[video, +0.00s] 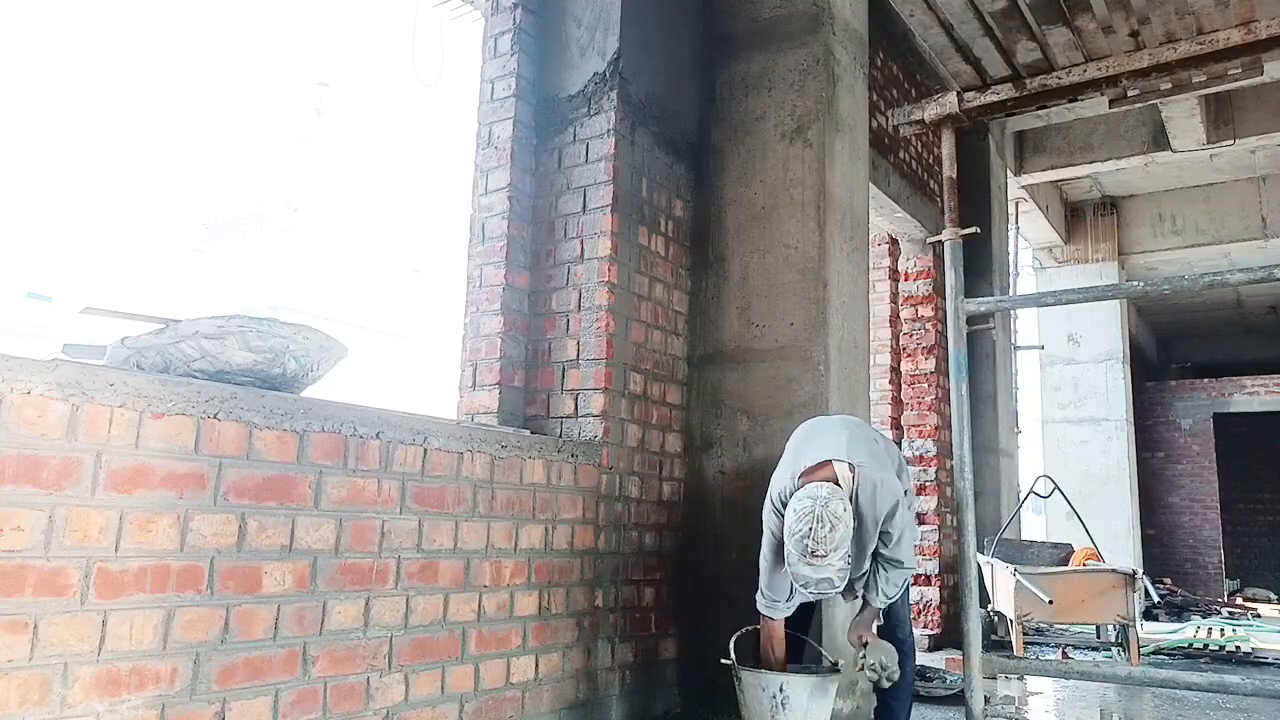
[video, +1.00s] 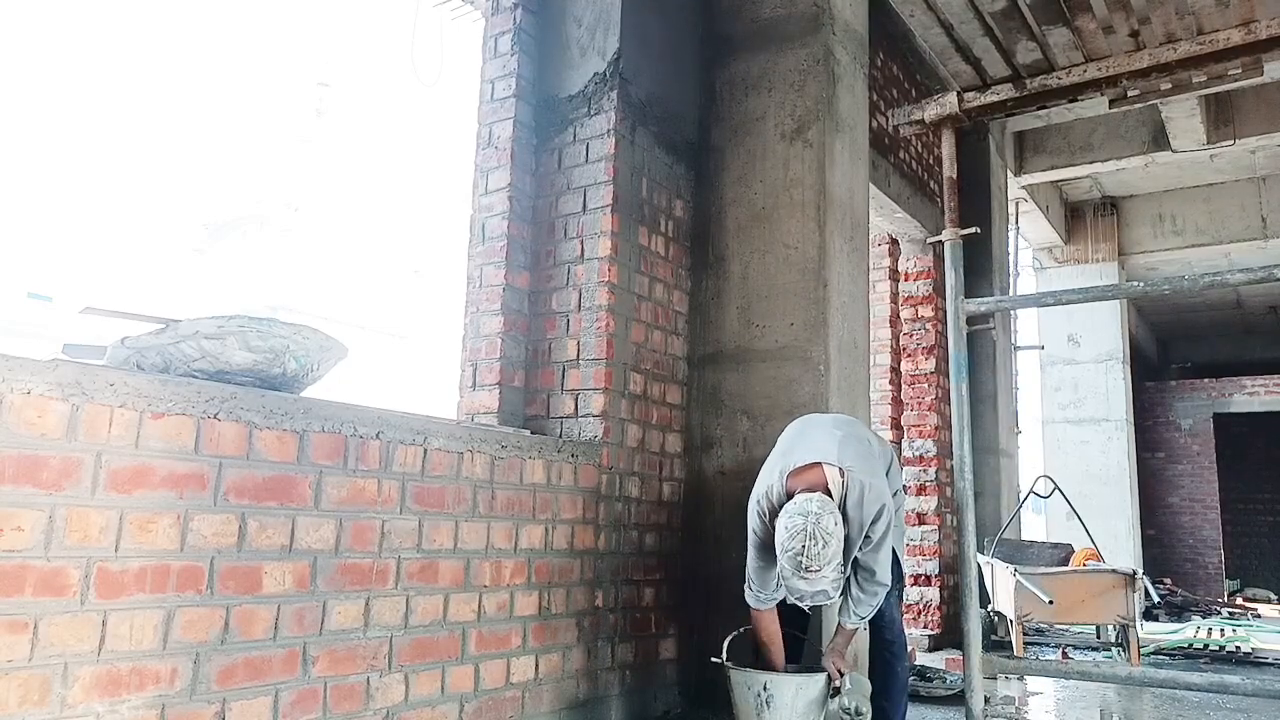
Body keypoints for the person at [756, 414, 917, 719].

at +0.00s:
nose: (819, 585)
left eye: (831, 571)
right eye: (808, 575)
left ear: (850, 524)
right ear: (787, 528)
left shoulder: (883, 492)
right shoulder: (778, 500)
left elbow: (897, 563)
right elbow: (772, 609)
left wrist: (866, 620)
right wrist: (776, 694)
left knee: (895, 627)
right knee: (792, 621)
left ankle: (893, 713)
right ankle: (779, 707)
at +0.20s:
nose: (821, 581)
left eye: (833, 572)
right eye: (810, 572)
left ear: (848, 522)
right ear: (787, 527)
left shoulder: (877, 493)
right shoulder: (770, 496)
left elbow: (872, 577)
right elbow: (749, 598)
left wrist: (843, 648)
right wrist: (767, 687)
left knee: (884, 620)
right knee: (781, 606)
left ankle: (891, 713)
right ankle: (775, 705)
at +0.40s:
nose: (809, 600)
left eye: (820, 590)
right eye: (798, 588)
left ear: (842, 532)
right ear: (778, 535)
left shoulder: (872, 496)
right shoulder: (763, 501)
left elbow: (870, 580)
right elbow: (756, 594)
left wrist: (838, 649)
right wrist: (773, 679)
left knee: (884, 619)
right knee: (786, 608)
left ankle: (888, 714)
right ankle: (781, 701)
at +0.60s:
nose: (810, 598)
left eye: (822, 586)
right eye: (800, 586)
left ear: (845, 531)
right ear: (781, 533)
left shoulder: (874, 497)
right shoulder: (766, 500)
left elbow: (871, 581)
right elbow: (758, 598)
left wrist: (838, 650)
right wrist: (768, 683)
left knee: (884, 616)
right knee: (788, 606)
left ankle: (889, 713)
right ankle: (779, 701)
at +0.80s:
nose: (808, 601)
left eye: (818, 591)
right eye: (798, 593)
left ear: (838, 530)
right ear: (776, 530)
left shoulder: (869, 499)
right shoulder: (762, 506)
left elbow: (871, 583)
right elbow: (763, 598)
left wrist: (837, 649)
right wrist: (782, 681)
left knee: (884, 616)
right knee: (791, 608)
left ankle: (888, 713)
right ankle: (785, 704)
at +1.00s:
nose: (810, 602)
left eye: (821, 592)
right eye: (800, 592)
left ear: (840, 531)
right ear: (778, 533)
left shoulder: (871, 500)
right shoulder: (763, 503)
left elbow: (872, 582)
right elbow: (761, 598)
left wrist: (838, 649)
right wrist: (777, 682)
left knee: (884, 615)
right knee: (789, 608)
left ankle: (889, 713)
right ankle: (782, 703)